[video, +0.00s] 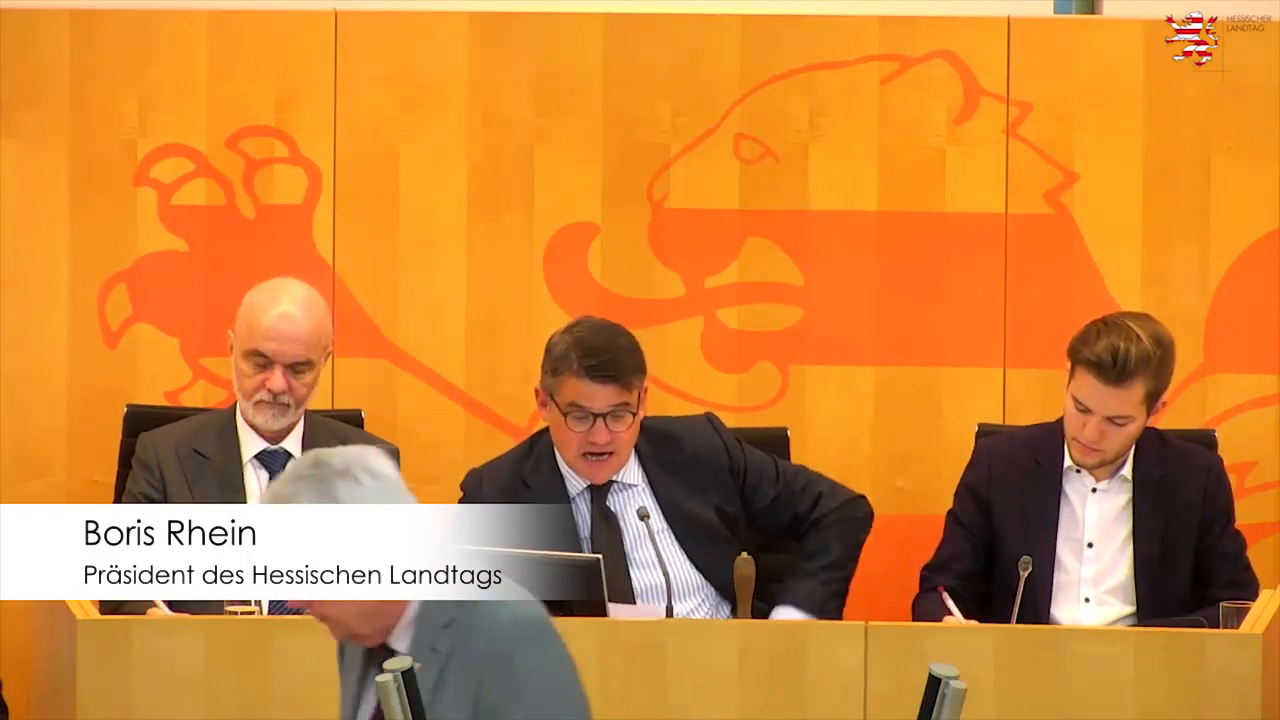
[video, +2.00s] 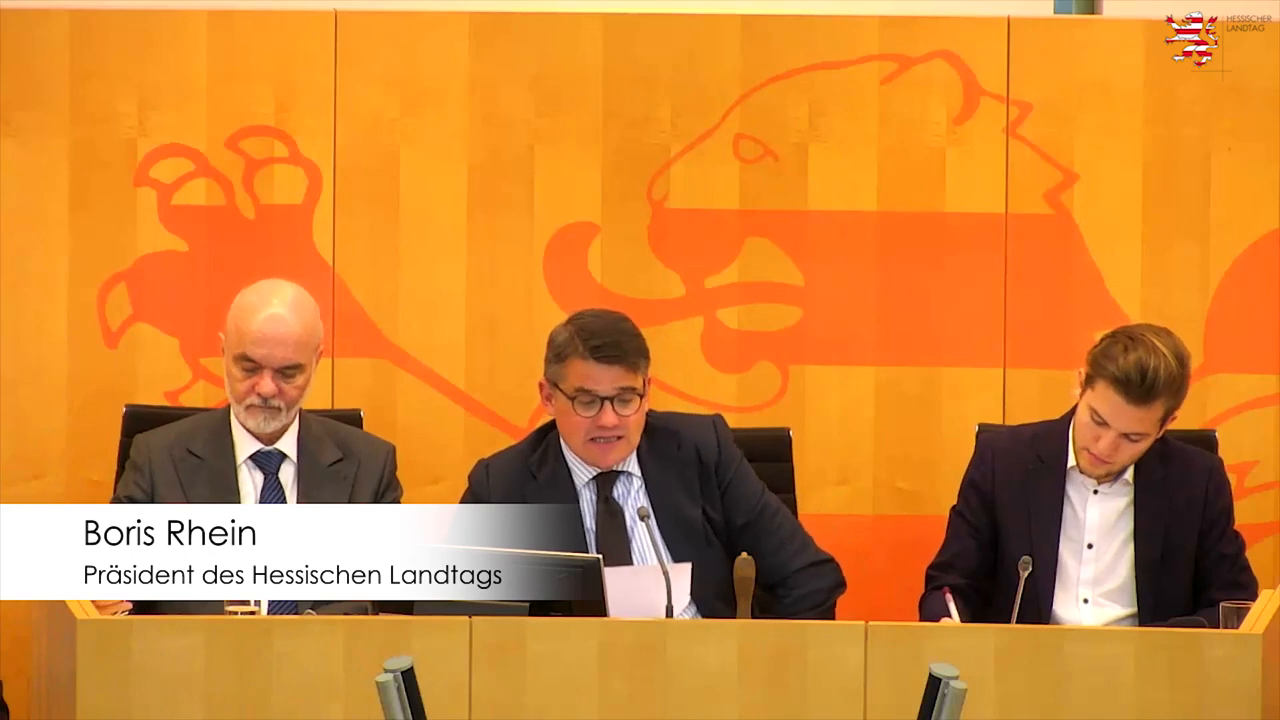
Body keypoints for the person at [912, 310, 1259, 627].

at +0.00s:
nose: (1090, 434)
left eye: (1116, 422)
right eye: (1081, 407)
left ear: (1155, 411)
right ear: (1067, 381)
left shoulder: (1197, 475)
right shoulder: (1000, 460)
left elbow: (1239, 602)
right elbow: (941, 591)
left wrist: (1150, 641)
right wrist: (952, 633)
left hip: (1149, 678)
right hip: (1023, 670)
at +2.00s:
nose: (1105, 447)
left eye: (1131, 437)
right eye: (1097, 419)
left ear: (1164, 423)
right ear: (1081, 383)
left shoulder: (1199, 478)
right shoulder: (1002, 458)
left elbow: (1238, 601)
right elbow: (950, 584)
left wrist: (1166, 644)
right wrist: (951, 634)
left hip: (1150, 680)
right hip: (1024, 672)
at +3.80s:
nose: (1097, 427)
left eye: (1121, 411)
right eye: (1085, 401)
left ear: (1153, 400)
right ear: (1066, 378)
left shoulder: (1196, 477)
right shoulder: (999, 459)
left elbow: (1240, 608)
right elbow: (955, 585)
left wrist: (1138, 616)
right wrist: (939, 616)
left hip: (1148, 685)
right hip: (1021, 677)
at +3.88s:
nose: (1095, 425)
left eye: (1119, 408)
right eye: (1082, 400)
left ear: (1149, 395)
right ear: (1062, 377)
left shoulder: (1195, 477)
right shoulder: (998, 460)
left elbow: (1240, 610)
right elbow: (956, 587)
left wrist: (1137, 596)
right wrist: (939, 615)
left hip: (1150, 686)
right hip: (1022, 679)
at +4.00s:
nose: (1095, 422)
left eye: (1117, 404)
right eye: (1079, 400)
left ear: (1146, 389)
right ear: (1055, 381)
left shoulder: (1191, 473)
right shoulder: (997, 459)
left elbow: (1225, 606)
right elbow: (956, 587)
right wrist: (941, 617)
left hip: (1150, 680)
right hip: (1022, 674)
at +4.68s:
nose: (1113, 410)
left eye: (1129, 386)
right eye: (1091, 391)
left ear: (1146, 377)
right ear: (1056, 387)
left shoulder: (1205, 474)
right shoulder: (1008, 463)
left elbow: (1233, 606)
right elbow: (967, 586)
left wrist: (1122, 559)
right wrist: (940, 617)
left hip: (1154, 677)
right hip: (1027, 673)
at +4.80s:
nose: (1115, 406)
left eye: (1129, 382)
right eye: (1092, 387)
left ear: (1145, 374)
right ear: (1055, 387)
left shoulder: (1205, 472)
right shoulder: (1009, 464)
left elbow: (1245, 606)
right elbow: (968, 587)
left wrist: (1144, 598)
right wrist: (943, 614)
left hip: (1158, 685)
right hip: (1029, 680)